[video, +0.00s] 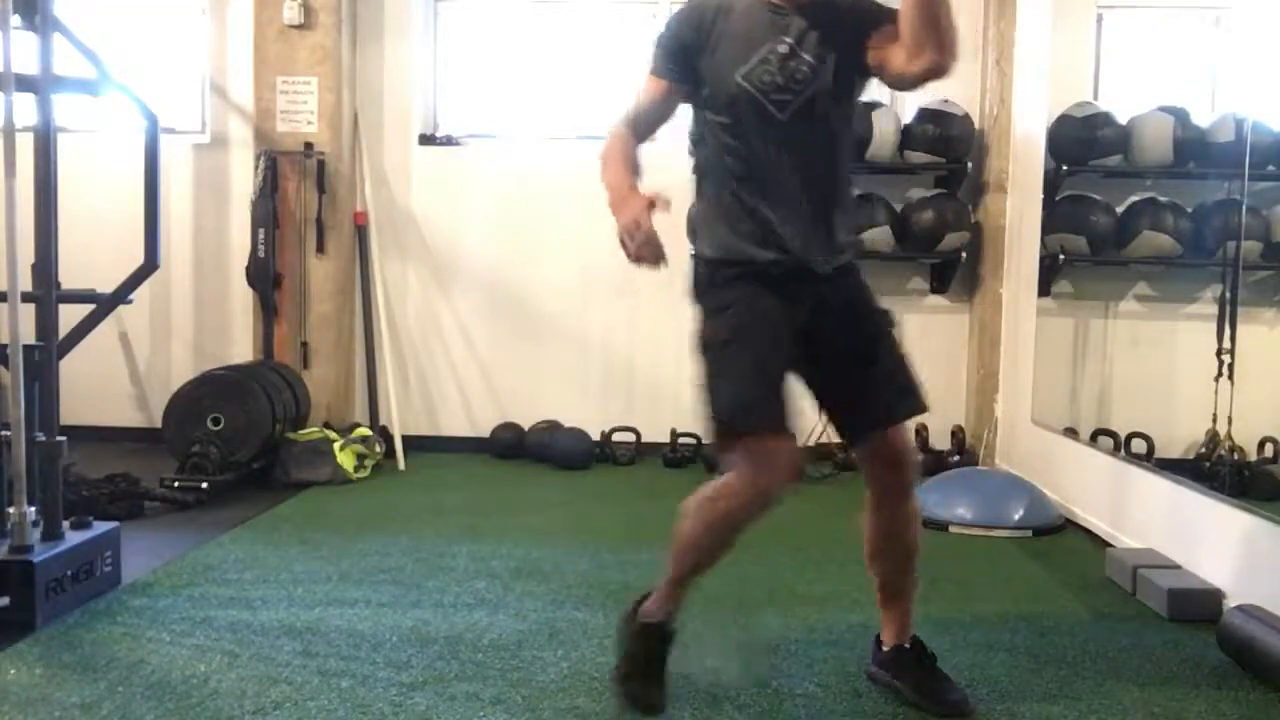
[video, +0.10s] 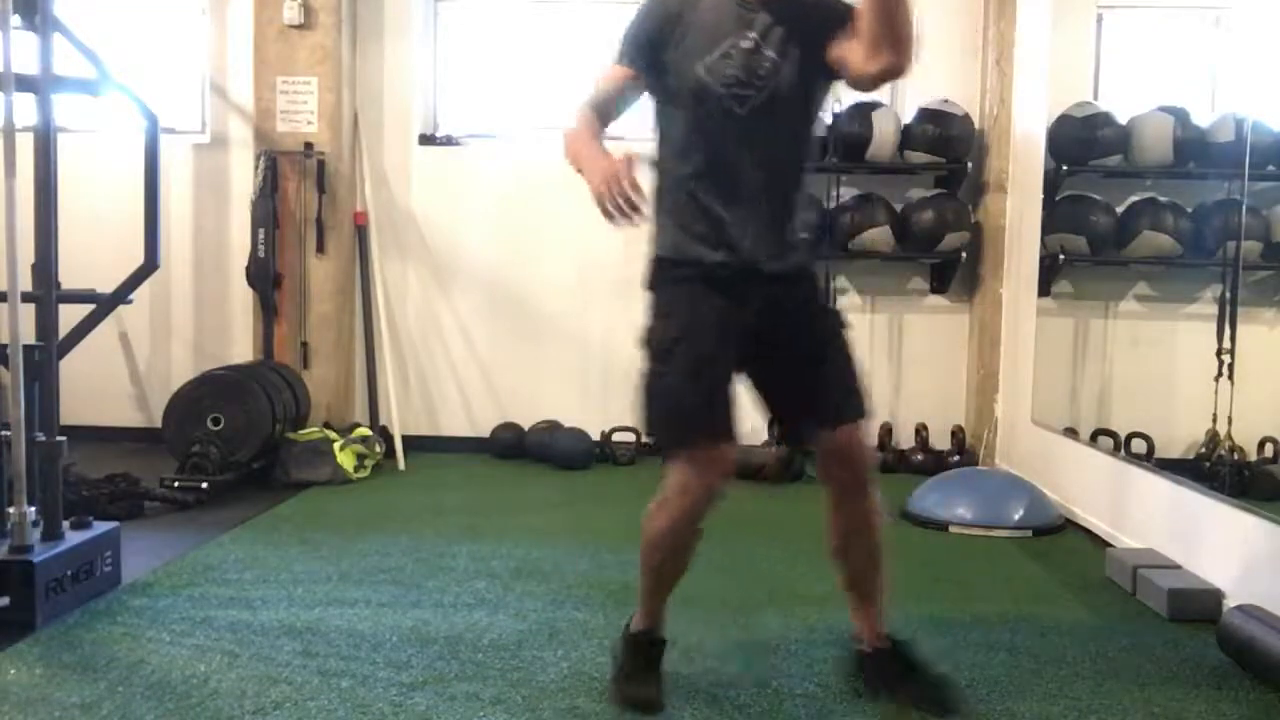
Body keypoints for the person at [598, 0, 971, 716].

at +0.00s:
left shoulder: (850, 18)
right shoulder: (708, 15)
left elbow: (929, 54)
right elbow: (624, 136)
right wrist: (625, 199)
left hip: (828, 271)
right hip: (738, 268)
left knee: (895, 460)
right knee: (766, 466)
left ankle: (897, 648)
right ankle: (655, 615)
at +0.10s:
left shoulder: (812, 15)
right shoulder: (672, 13)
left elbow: (884, 58)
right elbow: (584, 122)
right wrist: (595, 159)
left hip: (787, 276)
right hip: (694, 274)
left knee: (849, 456)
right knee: (701, 467)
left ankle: (875, 648)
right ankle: (644, 637)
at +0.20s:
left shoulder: (783, 14)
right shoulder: (646, 8)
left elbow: (833, 75)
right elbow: (581, 79)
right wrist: (556, 103)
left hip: (746, 265)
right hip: (656, 261)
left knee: (805, 453)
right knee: (652, 454)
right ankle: (635, 634)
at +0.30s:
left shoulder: (776, 17)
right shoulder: (622, 7)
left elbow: (794, 99)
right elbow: (522, 84)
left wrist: (745, 26)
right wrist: (509, 49)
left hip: (719, 268)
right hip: (622, 260)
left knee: (746, 469)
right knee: (580, 455)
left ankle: (725, 635)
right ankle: (576, 625)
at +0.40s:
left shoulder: (723, 20)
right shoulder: (572, 9)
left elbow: (740, 124)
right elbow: (457, 53)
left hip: (682, 268)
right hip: (585, 260)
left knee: (722, 463)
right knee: (521, 449)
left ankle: (724, 636)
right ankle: (464, 628)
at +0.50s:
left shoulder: (669, 24)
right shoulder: (524, 8)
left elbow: (707, 143)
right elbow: (413, 19)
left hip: (627, 262)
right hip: (527, 259)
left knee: (681, 466)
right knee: (462, 458)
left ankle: (719, 637)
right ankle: (419, 646)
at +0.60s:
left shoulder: (629, 26)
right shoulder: (483, 2)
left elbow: (682, 167)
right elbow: (406, 4)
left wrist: (671, 293)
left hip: (566, 272)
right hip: (470, 263)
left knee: (609, 467)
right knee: (418, 448)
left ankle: (701, 610)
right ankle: (412, 646)